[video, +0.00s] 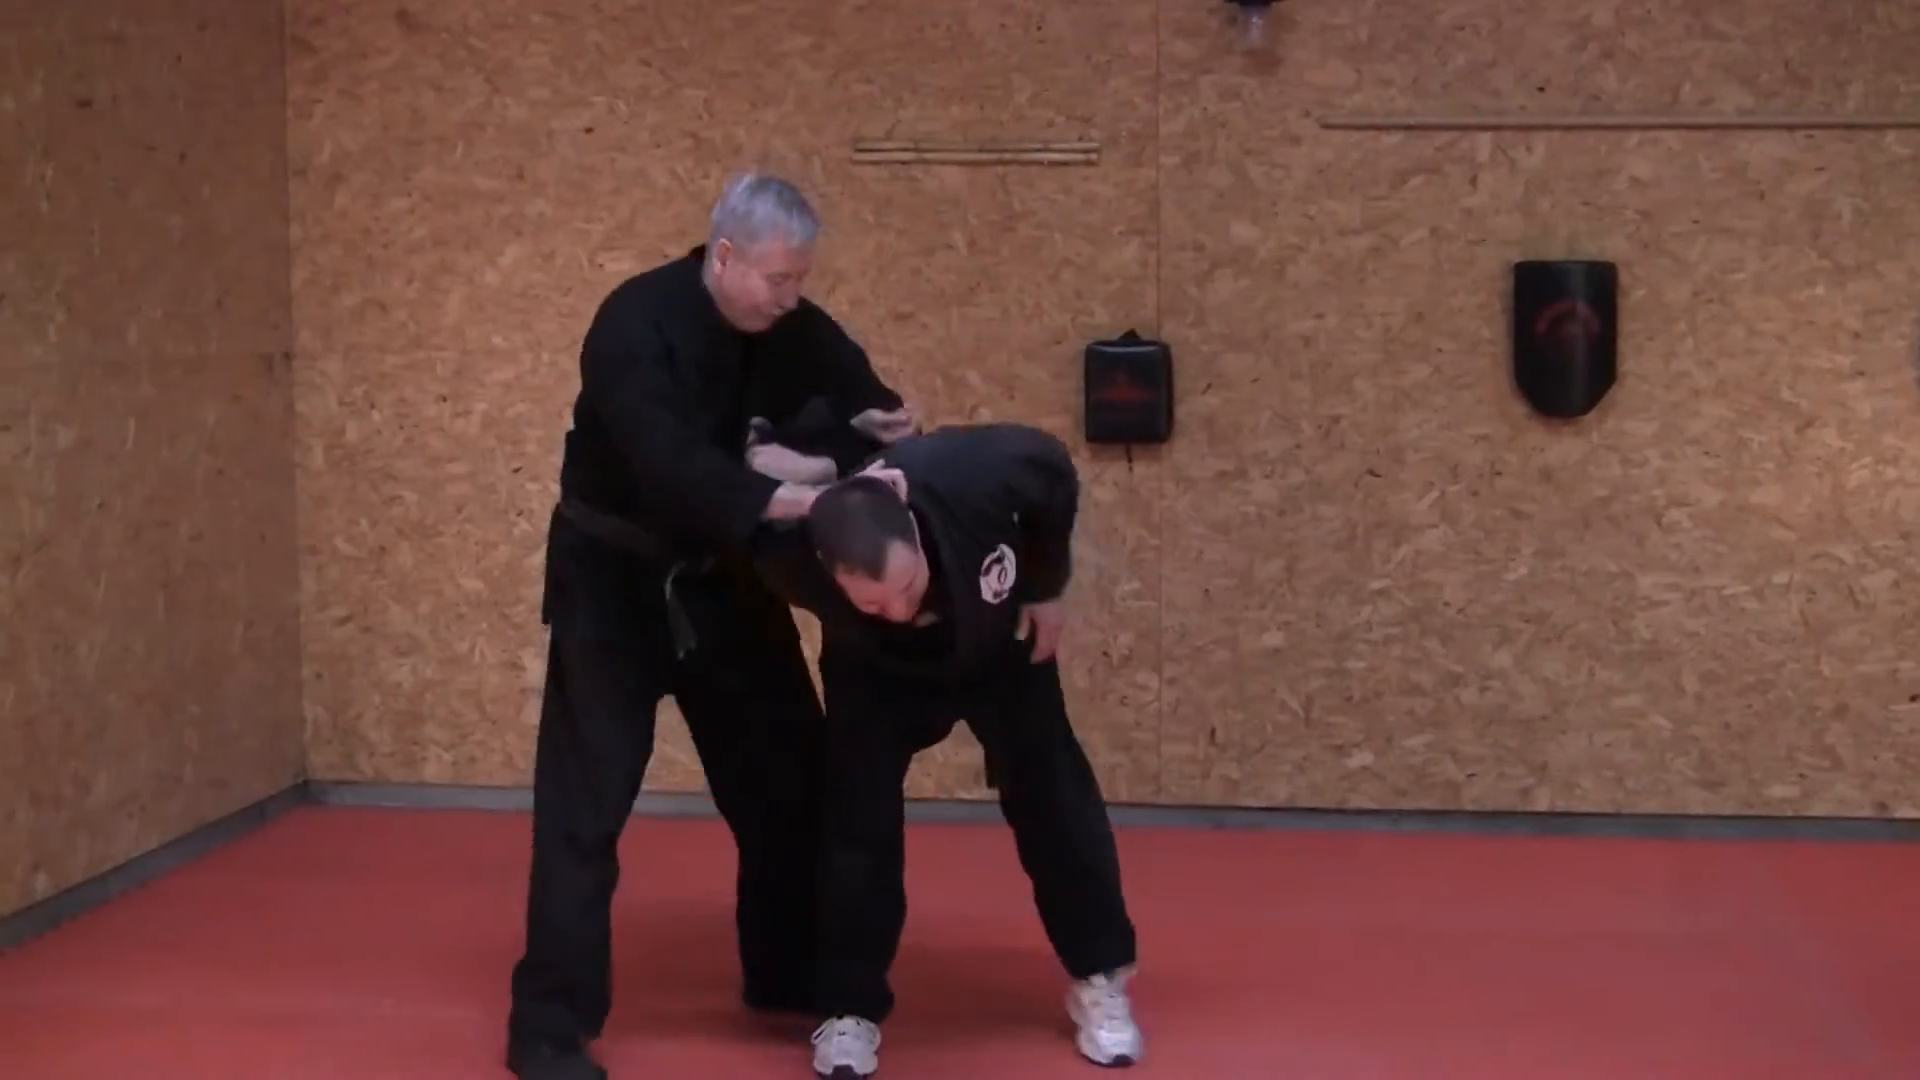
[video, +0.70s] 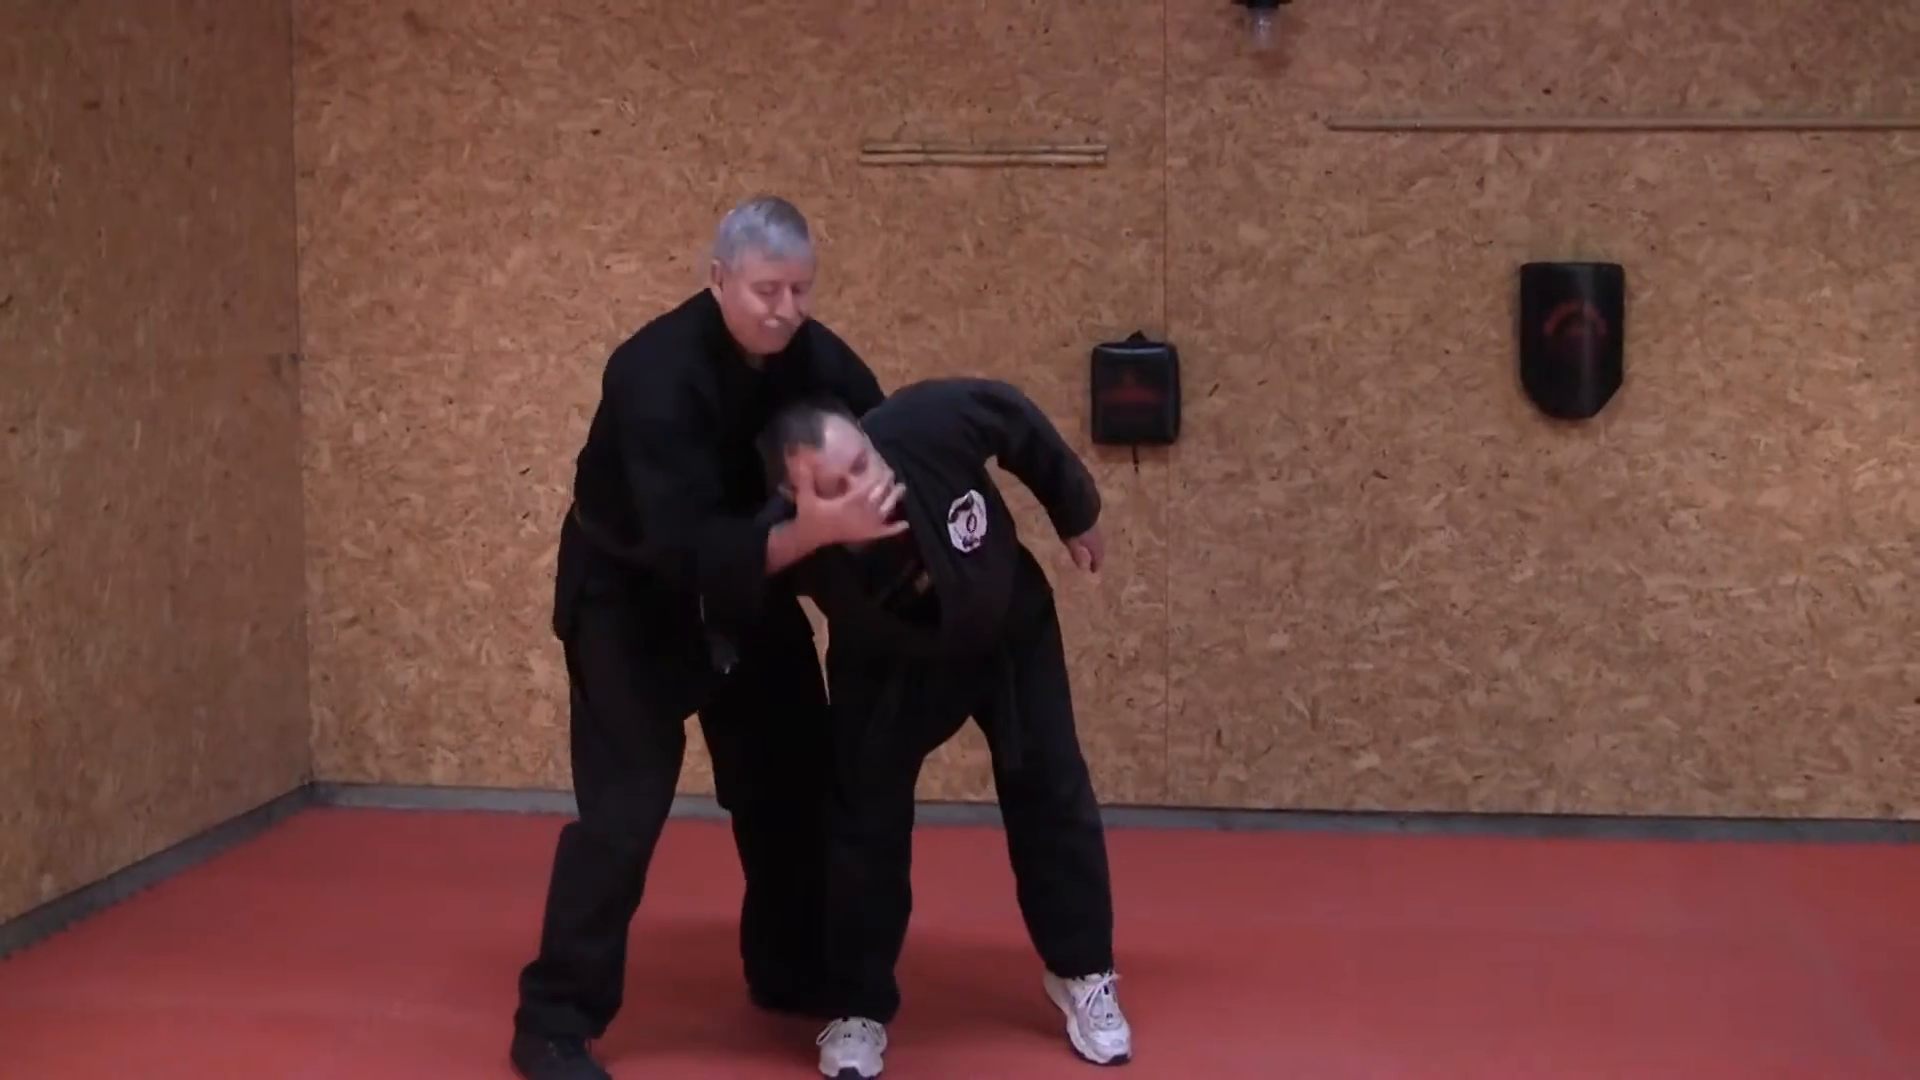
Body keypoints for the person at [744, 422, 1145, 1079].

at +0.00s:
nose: (898, 609)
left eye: (904, 589)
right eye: (875, 604)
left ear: (915, 535)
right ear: (832, 570)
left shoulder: (974, 479)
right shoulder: (794, 554)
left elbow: (1050, 471)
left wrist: (1046, 586)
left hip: (997, 641)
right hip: (875, 659)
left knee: (1056, 800)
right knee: (858, 820)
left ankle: (1098, 982)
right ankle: (852, 1012)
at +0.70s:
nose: (865, 487)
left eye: (862, 464)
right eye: (837, 486)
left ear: (869, 440)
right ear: (796, 498)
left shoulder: (928, 425)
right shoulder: (786, 538)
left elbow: (1013, 416)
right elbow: (734, 582)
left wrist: (1074, 511)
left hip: (1003, 621)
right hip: (883, 649)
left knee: (1050, 791)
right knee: (864, 816)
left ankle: (1083, 972)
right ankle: (858, 1011)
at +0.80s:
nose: (852, 451)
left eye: (855, 429)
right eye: (823, 447)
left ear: (871, 416)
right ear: (787, 466)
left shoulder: (936, 415)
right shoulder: (788, 521)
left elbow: (1016, 415)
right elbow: (754, 566)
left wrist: (1078, 507)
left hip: (1003, 624)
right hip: (883, 647)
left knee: (1051, 792)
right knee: (863, 817)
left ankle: (1081, 972)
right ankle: (857, 1010)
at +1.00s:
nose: (839, 375)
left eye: (842, 357)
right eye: (811, 376)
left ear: (865, 363)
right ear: (785, 413)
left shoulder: (940, 388)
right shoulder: (796, 497)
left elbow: (1024, 420)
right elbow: (753, 543)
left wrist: (1085, 494)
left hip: (1006, 622)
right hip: (888, 652)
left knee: (1053, 799)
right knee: (868, 822)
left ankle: (1079, 977)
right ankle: (851, 1011)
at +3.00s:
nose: (888, 268)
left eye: (882, 252)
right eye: (860, 262)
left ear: (895, 269)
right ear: (812, 303)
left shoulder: (940, 346)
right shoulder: (798, 414)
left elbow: (989, 431)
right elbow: (722, 501)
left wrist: (1014, 519)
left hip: (944, 629)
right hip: (829, 641)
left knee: (1005, 808)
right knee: (819, 830)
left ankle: (1038, 981)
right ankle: (810, 1013)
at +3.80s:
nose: (1002, 319)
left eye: (999, 302)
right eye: (981, 310)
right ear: (919, 330)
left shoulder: (1013, 375)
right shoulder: (863, 419)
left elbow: (1025, 460)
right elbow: (759, 454)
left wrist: (1021, 541)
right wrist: (772, 434)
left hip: (973, 634)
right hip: (861, 645)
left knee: (1037, 812)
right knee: (835, 829)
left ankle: (1074, 989)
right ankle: (807, 1015)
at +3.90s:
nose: (1053, 344)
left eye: (1052, 327)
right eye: (1031, 332)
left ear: (1055, 325)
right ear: (970, 340)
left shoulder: (1063, 408)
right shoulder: (903, 417)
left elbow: (1056, 537)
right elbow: (793, 445)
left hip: (997, 651)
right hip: (882, 655)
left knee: (1046, 830)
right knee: (839, 833)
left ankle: (1092, 1011)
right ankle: (807, 1015)